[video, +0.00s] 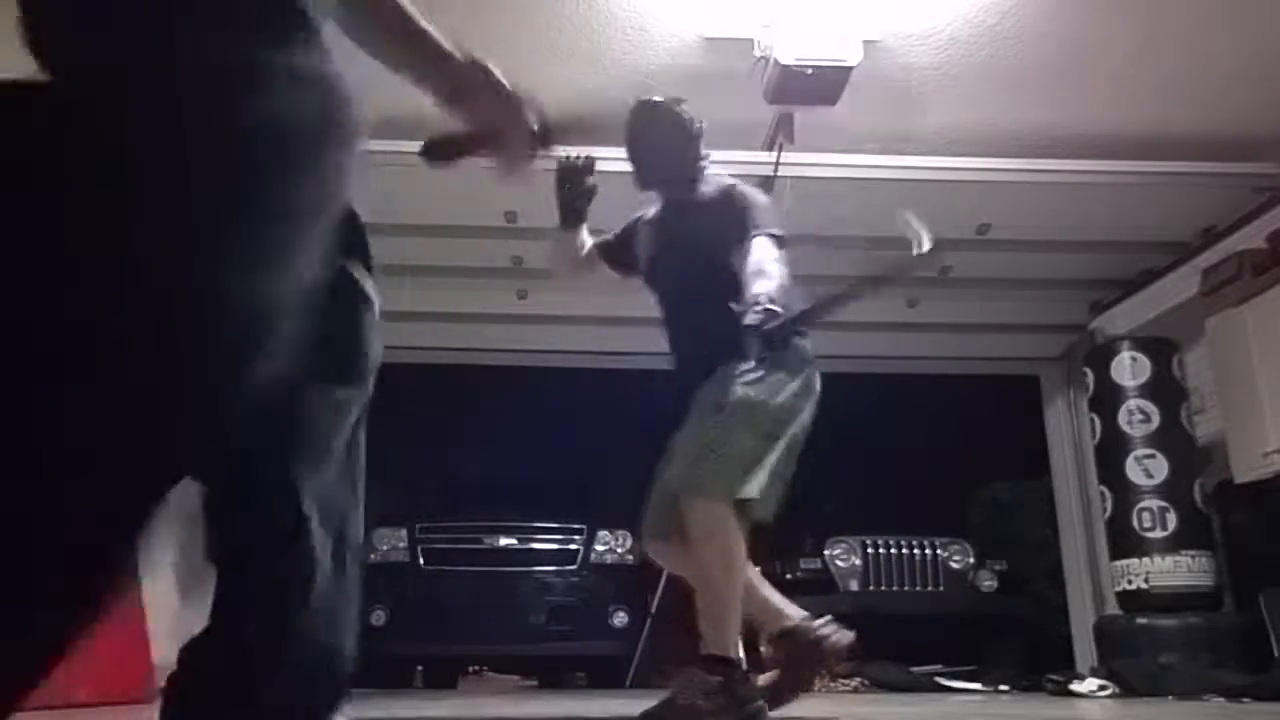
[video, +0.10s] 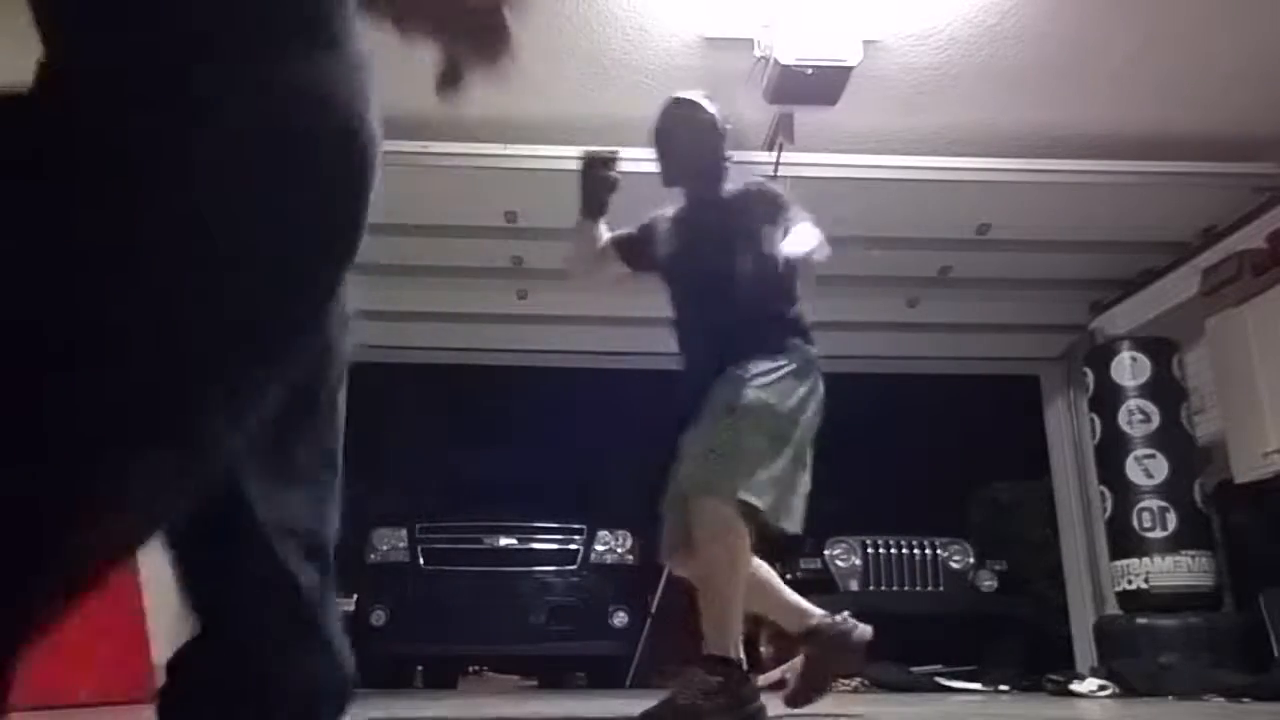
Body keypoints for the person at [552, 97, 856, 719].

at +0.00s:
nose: (668, 163)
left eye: (674, 146)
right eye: (651, 153)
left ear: (697, 144)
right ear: (639, 163)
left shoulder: (731, 198)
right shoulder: (649, 227)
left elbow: (765, 257)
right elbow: (577, 263)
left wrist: (758, 295)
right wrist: (573, 213)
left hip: (765, 364)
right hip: (708, 382)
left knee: (707, 491)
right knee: (662, 534)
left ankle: (723, 667)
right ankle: (799, 633)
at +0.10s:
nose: (681, 150)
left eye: (693, 136)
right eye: (670, 139)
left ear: (719, 142)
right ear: (660, 153)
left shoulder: (756, 198)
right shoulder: (666, 230)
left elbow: (809, 234)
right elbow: (587, 263)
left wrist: (790, 248)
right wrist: (592, 206)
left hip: (776, 366)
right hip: (715, 382)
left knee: (709, 490)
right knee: (682, 548)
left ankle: (724, 671)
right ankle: (824, 631)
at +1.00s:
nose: (830, 205)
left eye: (841, 194)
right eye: (820, 199)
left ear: (865, 199)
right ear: (811, 213)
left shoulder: (900, 248)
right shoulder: (816, 276)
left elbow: (920, 315)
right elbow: (782, 339)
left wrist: (884, 333)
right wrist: (720, 310)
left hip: (922, 421)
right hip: (861, 431)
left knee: (946, 545)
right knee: (849, 551)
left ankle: (995, 669)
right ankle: (933, 650)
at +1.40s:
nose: (788, 226)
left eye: (797, 215)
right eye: (779, 219)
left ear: (824, 217)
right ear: (770, 232)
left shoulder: (844, 254)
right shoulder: (806, 286)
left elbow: (807, 292)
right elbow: (791, 379)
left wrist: (756, 307)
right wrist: (761, 333)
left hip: (892, 410)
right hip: (875, 416)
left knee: (827, 524)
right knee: (869, 552)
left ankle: (800, 665)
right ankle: (952, 662)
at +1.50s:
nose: (764, 232)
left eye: (774, 221)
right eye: (758, 224)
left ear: (806, 223)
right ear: (753, 236)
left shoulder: (828, 260)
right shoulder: (784, 291)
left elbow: (804, 298)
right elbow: (797, 379)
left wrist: (725, 292)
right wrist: (765, 352)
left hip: (877, 416)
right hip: (855, 422)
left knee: (805, 523)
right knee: (839, 562)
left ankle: (790, 671)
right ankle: (942, 651)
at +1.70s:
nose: (764, 237)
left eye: (775, 225)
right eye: (759, 229)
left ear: (811, 226)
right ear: (756, 239)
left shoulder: (830, 271)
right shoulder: (808, 289)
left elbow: (832, 348)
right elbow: (801, 361)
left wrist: (784, 405)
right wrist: (756, 346)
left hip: (863, 415)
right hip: (852, 418)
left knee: (792, 526)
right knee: (833, 558)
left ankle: (786, 670)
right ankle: (918, 648)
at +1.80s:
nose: (777, 238)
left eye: (787, 226)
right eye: (771, 230)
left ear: (821, 226)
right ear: (768, 239)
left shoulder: (846, 265)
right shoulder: (818, 290)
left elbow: (864, 330)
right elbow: (796, 351)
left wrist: (811, 383)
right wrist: (742, 338)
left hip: (883, 410)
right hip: (865, 414)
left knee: (825, 533)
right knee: (856, 553)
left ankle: (790, 670)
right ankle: (927, 663)